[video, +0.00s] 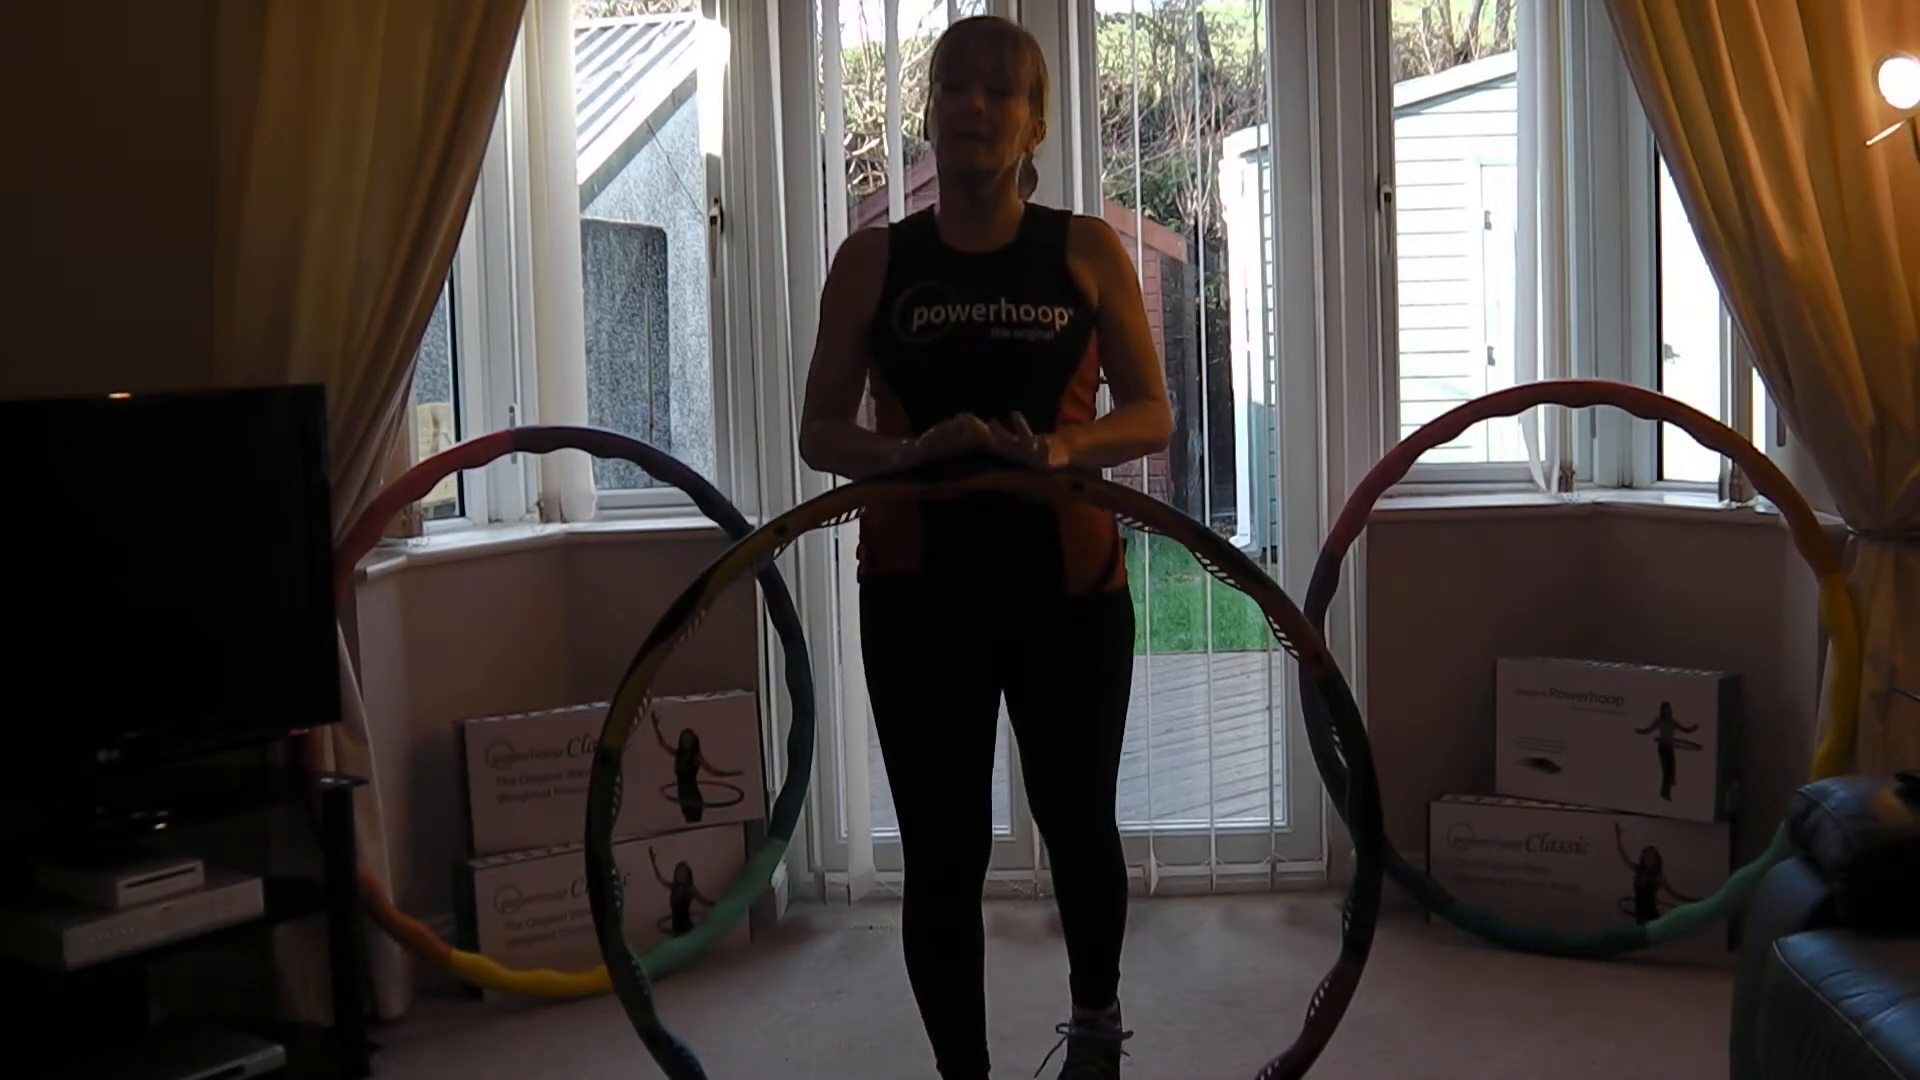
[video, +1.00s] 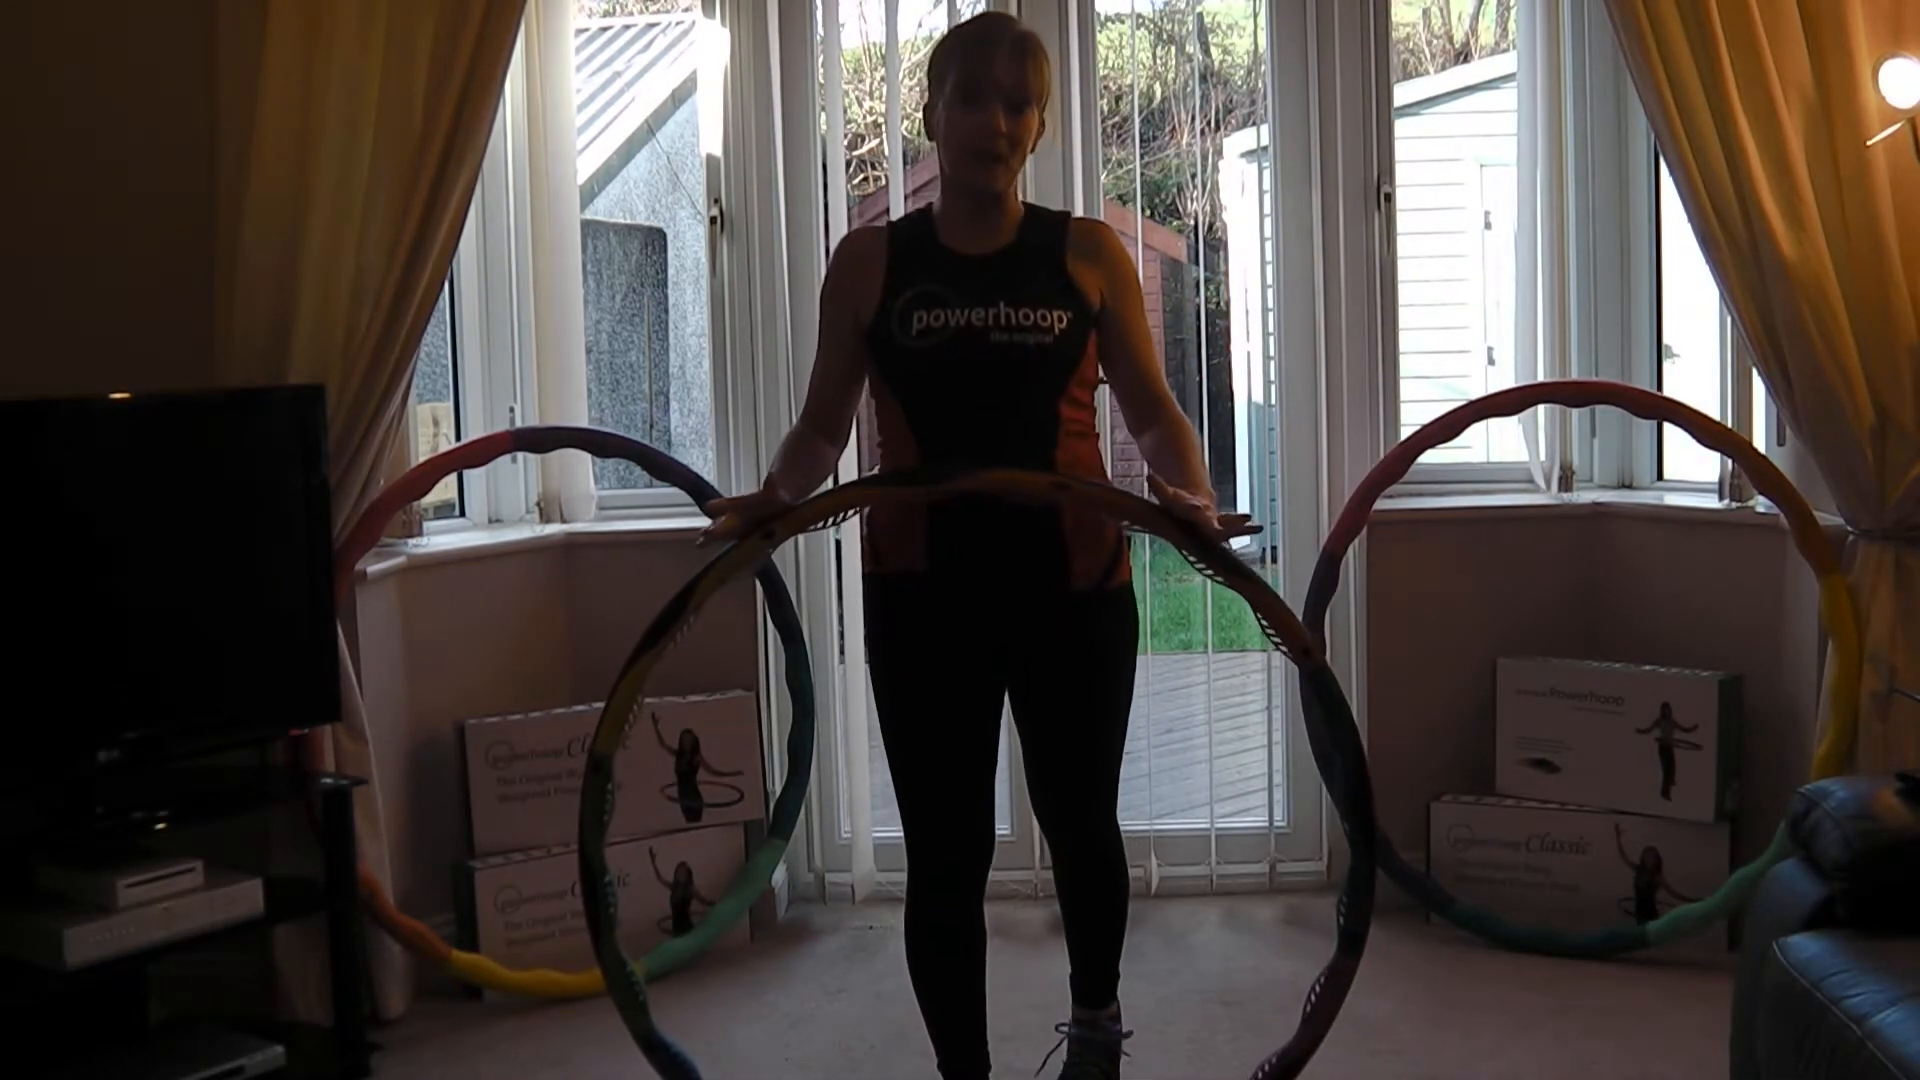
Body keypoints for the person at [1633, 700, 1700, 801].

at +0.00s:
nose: (1666, 712)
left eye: (1668, 710)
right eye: (1665, 710)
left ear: (1670, 711)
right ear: (1662, 711)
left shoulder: (1671, 721)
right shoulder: (1660, 721)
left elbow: (1683, 730)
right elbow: (1650, 730)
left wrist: (1692, 728)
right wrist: (1640, 731)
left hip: (1669, 747)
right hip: (1663, 747)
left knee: (1670, 769)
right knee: (1667, 770)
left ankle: (1667, 791)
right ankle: (1665, 792)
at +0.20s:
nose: (1667, 712)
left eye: (1668, 710)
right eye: (1665, 710)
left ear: (1670, 711)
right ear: (1662, 711)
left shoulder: (1671, 721)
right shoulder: (1660, 721)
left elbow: (1683, 730)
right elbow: (1650, 730)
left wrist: (1692, 728)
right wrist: (1640, 731)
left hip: (1669, 747)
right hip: (1663, 747)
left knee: (1670, 769)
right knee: (1667, 770)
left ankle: (1667, 791)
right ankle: (1665, 792)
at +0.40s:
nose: (1667, 713)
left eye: (1668, 710)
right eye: (1665, 710)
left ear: (1670, 711)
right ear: (1662, 711)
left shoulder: (1671, 721)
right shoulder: (1659, 721)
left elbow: (1683, 730)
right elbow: (1649, 730)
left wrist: (1692, 728)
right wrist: (1640, 731)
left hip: (1669, 747)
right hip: (1663, 748)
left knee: (1670, 770)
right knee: (1667, 771)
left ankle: (1666, 792)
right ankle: (1665, 792)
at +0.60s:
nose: (1667, 713)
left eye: (1668, 710)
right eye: (1665, 710)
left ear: (1670, 711)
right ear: (1662, 711)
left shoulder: (1671, 721)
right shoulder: (1659, 721)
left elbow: (1683, 730)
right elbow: (1649, 730)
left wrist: (1692, 729)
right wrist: (1640, 731)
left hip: (1669, 747)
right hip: (1663, 748)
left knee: (1670, 770)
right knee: (1667, 770)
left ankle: (1667, 792)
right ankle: (1665, 792)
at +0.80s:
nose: (1666, 713)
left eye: (1668, 710)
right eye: (1665, 710)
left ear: (1670, 711)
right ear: (1662, 711)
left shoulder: (1671, 721)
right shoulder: (1659, 721)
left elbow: (1683, 730)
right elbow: (1649, 730)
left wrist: (1692, 728)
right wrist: (1640, 731)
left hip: (1668, 747)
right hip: (1663, 748)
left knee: (1670, 770)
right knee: (1667, 771)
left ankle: (1666, 792)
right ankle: (1665, 792)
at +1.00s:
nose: (1666, 712)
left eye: (1668, 710)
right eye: (1665, 710)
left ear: (1670, 711)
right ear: (1662, 711)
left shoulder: (1671, 721)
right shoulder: (1660, 721)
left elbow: (1683, 730)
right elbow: (1650, 730)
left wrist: (1692, 728)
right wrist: (1640, 731)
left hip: (1669, 747)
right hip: (1663, 748)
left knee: (1670, 770)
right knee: (1667, 771)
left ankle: (1667, 792)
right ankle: (1665, 792)